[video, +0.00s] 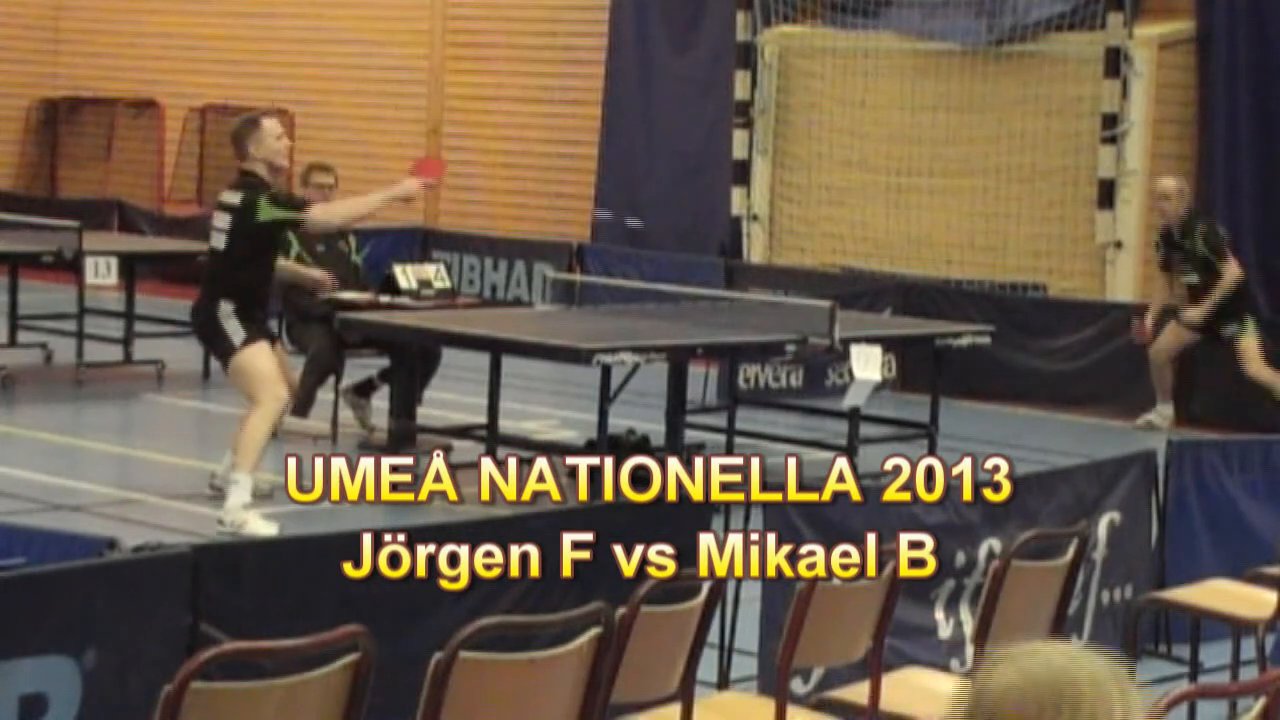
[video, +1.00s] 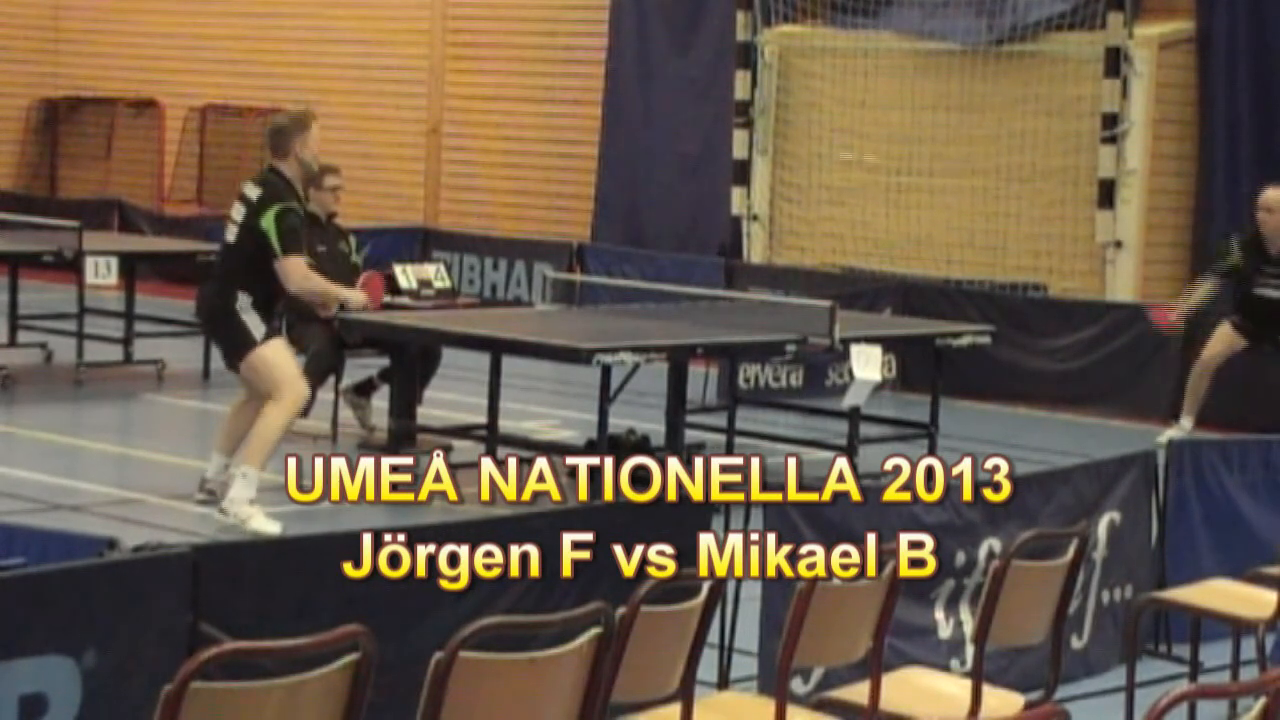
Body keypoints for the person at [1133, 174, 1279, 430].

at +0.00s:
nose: (1162, 205)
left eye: (1168, 199)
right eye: (1159, 199)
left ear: (1184, 200)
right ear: (1155, 202)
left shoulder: (1205, 230)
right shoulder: (1166, 237)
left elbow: (1233, 272)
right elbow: (1166, 286)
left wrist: (1202, 309)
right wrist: (1150, 317)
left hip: (1234, 310)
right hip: (1199, 310)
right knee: (1158, 352)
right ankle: (1164, 411)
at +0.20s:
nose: (1213, 217)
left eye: (1220, 210)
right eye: (1210, 210)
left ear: (1239, 212)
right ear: (1206, 212)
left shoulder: (1265, 244)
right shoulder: (1207, 248)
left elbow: (1276, 286)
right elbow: (1195, 291)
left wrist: (1275, 319)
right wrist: (1196, 325)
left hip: (1265, 321)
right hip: (1224, 321)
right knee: (1184, 358)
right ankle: (1171, 410)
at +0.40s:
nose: (1253, 227)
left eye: (1259, 220)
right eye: (1250, 220)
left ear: (1275, 223)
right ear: (1244, 224)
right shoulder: (1241, 256)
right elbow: (1231, 306)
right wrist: (1248, 351)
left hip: (1274, 311)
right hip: (1250, 309)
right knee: (1201, 344)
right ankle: (1195, 413)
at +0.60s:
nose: (1249, 231)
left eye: (1256, 224)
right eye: (1247, 224)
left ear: (1275, 227)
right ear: (1242, 226)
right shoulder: (1241, 264)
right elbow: (1210, 305)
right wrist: (1217, 350)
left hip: (1275, 332)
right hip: (1246, 328)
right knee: (1196, 344)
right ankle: (1182, 421)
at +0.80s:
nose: (1235, 225)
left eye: (1242, 218)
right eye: (1233, 218)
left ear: (1260, 222)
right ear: (1228, 221)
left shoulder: (1273, 254)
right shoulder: (1220, 250)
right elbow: (1194, 259)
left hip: (1270, 322)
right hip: (1232, 318)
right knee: (1189, 350)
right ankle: (1181, 423)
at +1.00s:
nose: (1260, 217)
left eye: (1268, 211)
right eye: (1259, 209)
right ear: (1255, 212)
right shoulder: (1246, 247)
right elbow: (1212, 279)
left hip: (1275, 322)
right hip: (1250, 319)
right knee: (1207, 358)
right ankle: (1185, 422)